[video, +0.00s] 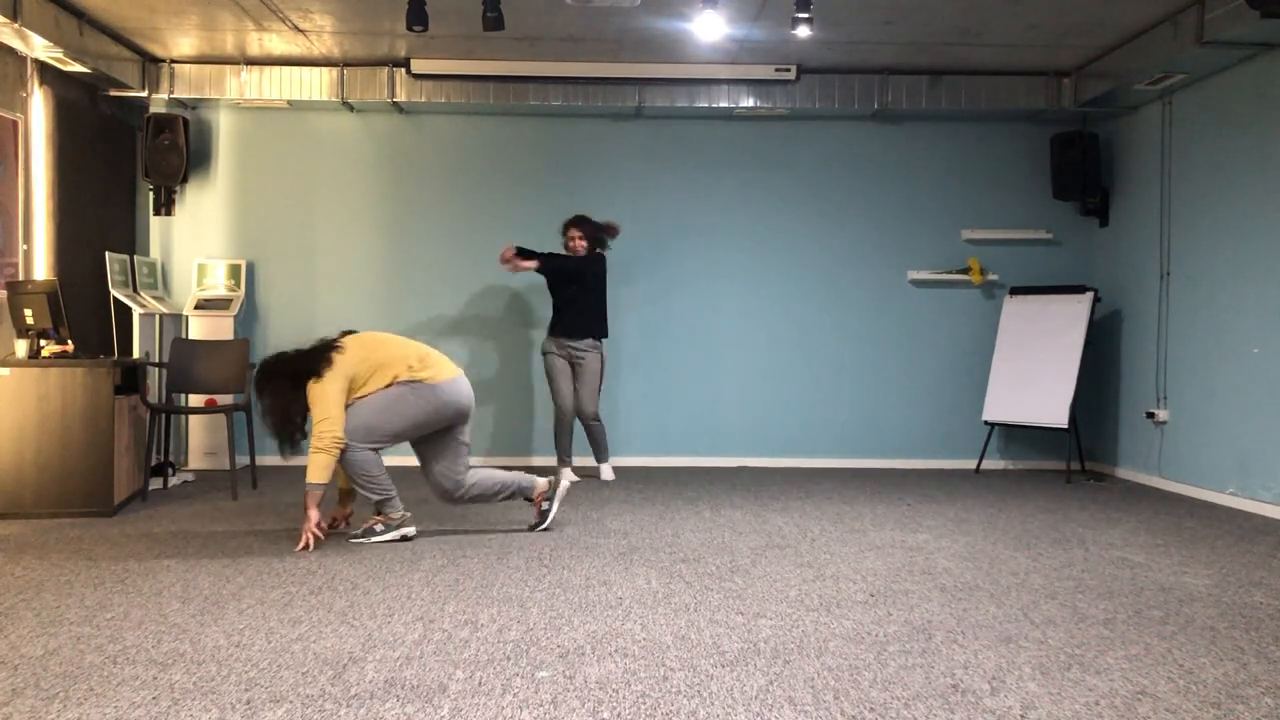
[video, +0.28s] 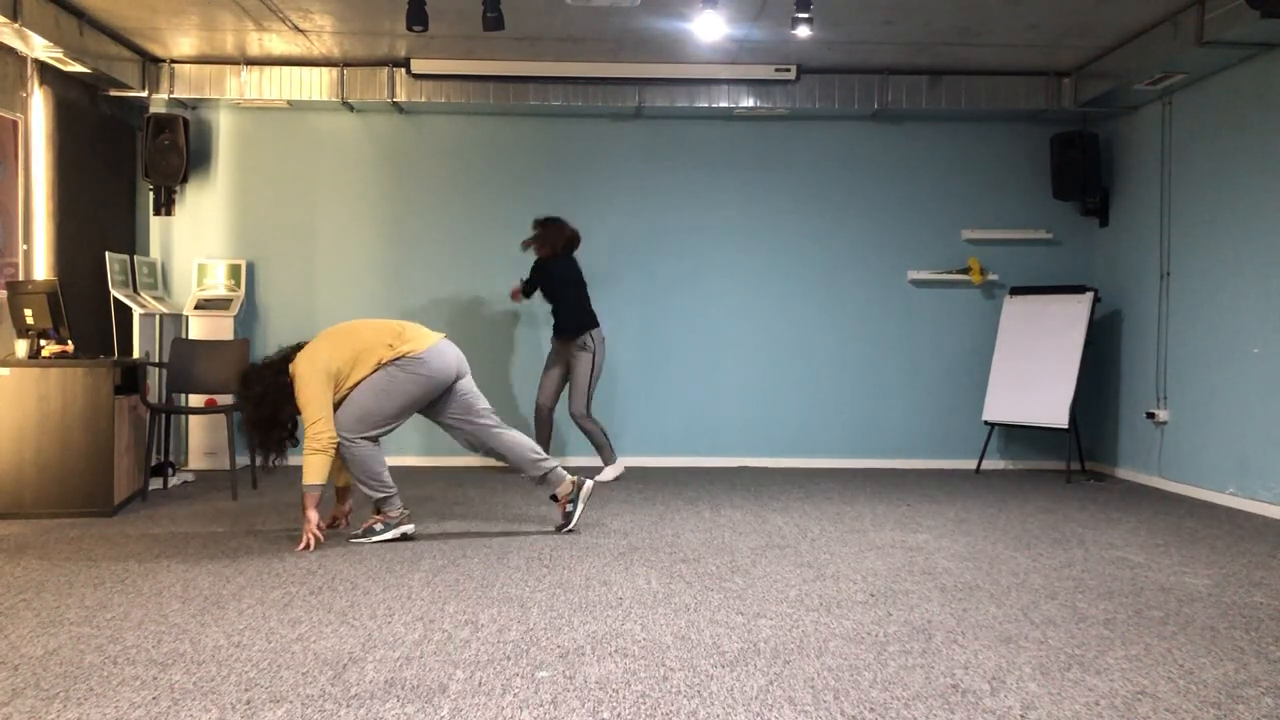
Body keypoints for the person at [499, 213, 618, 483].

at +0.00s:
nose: (573, 243)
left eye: (579, 238)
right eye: (569, 238)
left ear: (590, 241)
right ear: (564, 241)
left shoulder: (596, 261)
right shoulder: (558, 262)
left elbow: (568, 265)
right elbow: (539, 257)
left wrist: (534, 266)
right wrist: (515, 252)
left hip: (588, 347)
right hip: (556, 345)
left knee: (587, 411)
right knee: (564, 409)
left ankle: (604, 465)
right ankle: (565, 470)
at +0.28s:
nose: (535, 246)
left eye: (540, 241)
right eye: (535, 240)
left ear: (551, 243)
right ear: (557, 242)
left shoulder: (561, 265)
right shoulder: (544, 267)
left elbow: (528, 289)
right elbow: (532, 287)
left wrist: (520, 292)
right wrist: (522, 291)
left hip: (586, 341)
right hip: (561, 342)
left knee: (579, 412)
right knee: (543, 406)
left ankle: (612, 463)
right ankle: (541, 464)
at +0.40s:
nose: (518, 277)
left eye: (522, 272)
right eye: (517, 272)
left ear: (532, 273)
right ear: (542, 271)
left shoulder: (539, 299)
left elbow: (533, 323)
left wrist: (525, 330)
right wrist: (518, 265)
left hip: (591, 354)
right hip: (564, 358)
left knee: (574, 415)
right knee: (542, 410)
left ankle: (615, 462)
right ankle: (545, 465)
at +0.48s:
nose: (522, 294)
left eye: (525, 288)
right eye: (521, 290)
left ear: (540, 286)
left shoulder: (555, 309)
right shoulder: (539, 310)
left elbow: (532, 352)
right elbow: (533, 335)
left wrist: (525, 352)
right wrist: (519, 350)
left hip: (597, 356)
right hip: (569, 359)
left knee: (577, 409)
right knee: (542, 410)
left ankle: (614, 459)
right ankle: (546, 464)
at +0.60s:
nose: (544, 305)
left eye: (547, 298)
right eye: (540, 300)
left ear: (558, 296)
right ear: (536, 301)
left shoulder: (576, 312)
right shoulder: (541, 323)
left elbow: (559, 356)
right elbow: (524, 354)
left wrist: (554, 394)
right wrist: (498, 391)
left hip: (611, 351)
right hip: (583, 357)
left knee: (592, 401)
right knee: (557, 406)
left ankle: (623, 463)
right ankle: (545, 464)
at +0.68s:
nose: (553, 309)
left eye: (558, 302)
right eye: (549, 303)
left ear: (569, 298)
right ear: (545, 302)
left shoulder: (588, 310)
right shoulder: (548, 322)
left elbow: (594, 349)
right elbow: (535, 353)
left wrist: (596, 387)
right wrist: (514, 392)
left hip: (622, 351)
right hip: (593, 357)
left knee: (606, 407)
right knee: (562, 406)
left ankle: (635, 471)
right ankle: (549, 465)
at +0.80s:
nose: (571, 309)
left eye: (575, 302)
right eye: (567, 304)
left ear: (586, 300)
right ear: (561, 304)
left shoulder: (605, 310)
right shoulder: (561, 321)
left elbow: (635, 335)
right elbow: (563, 346)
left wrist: (668, 355)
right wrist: (565, 381)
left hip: (635, 347)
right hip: (608, 353)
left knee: (620, 395)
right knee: (585, 405)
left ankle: (637, 465)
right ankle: (603, 463)